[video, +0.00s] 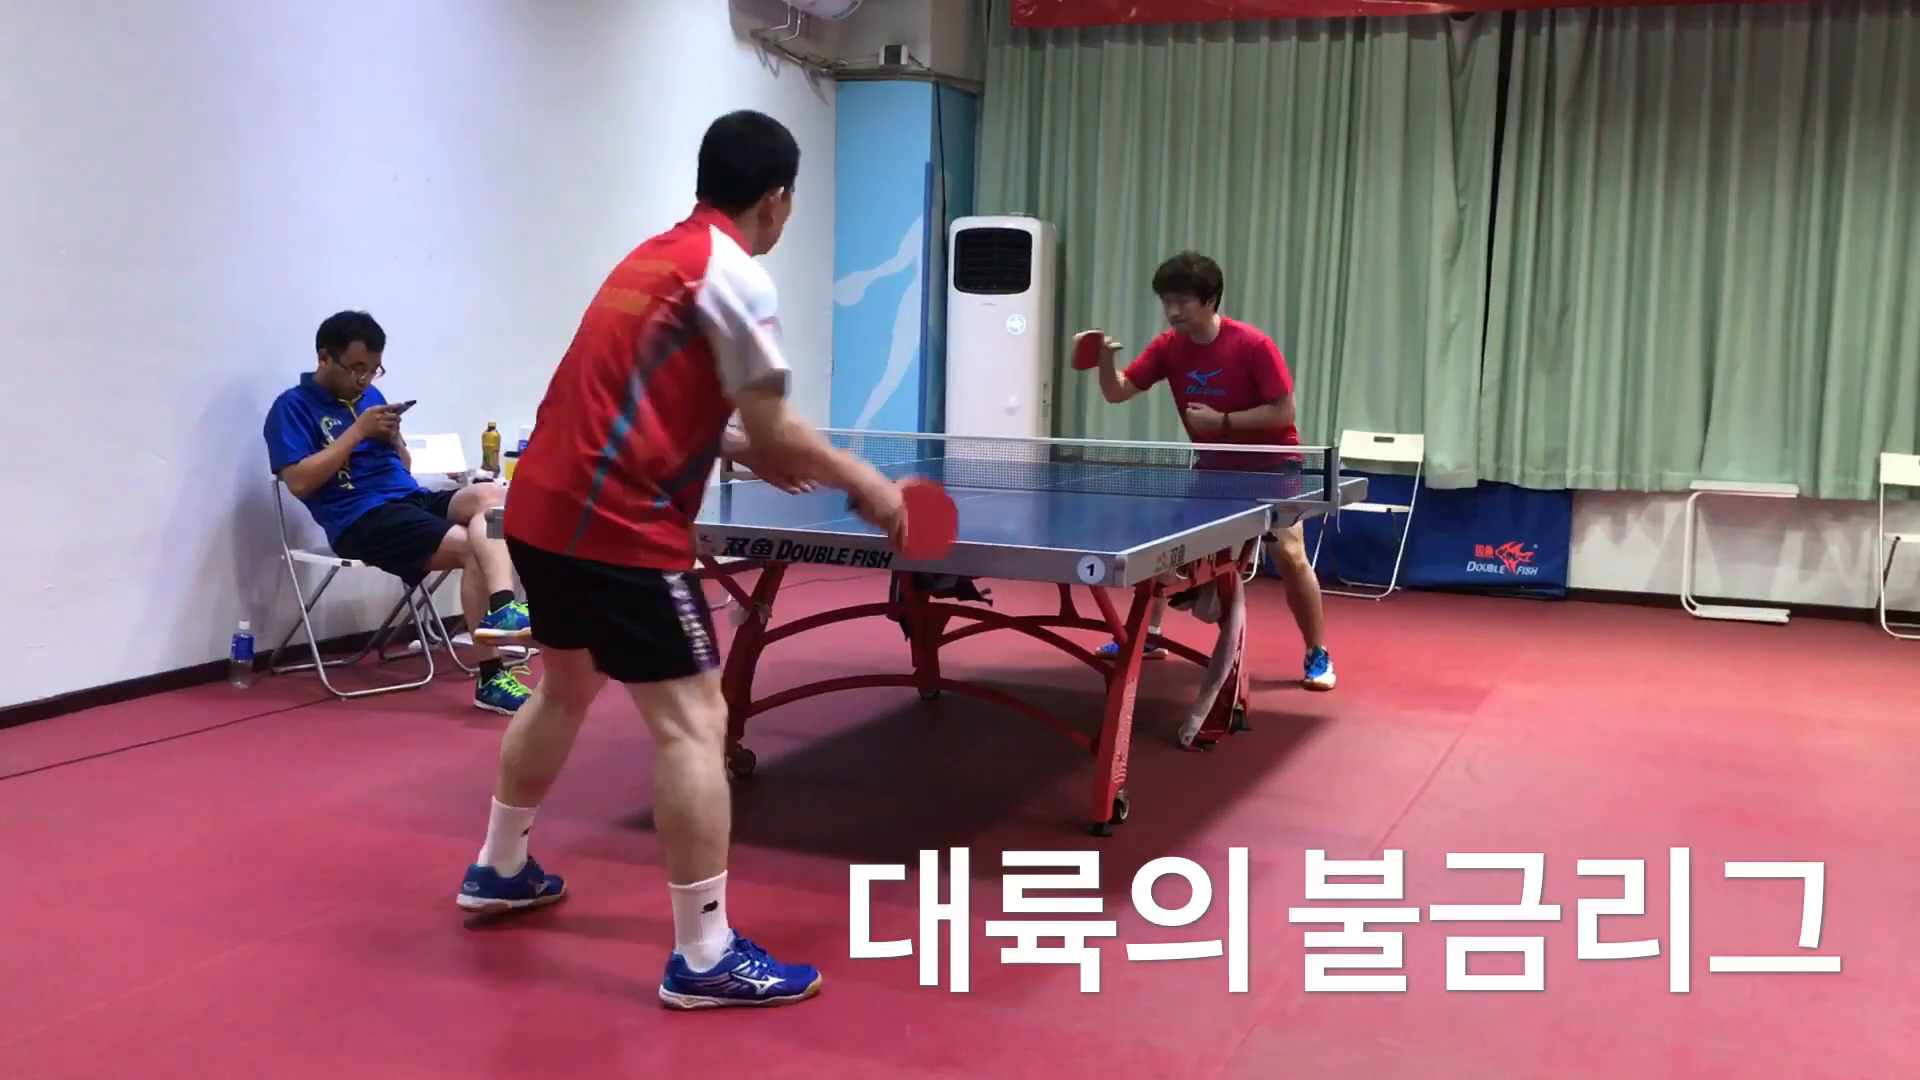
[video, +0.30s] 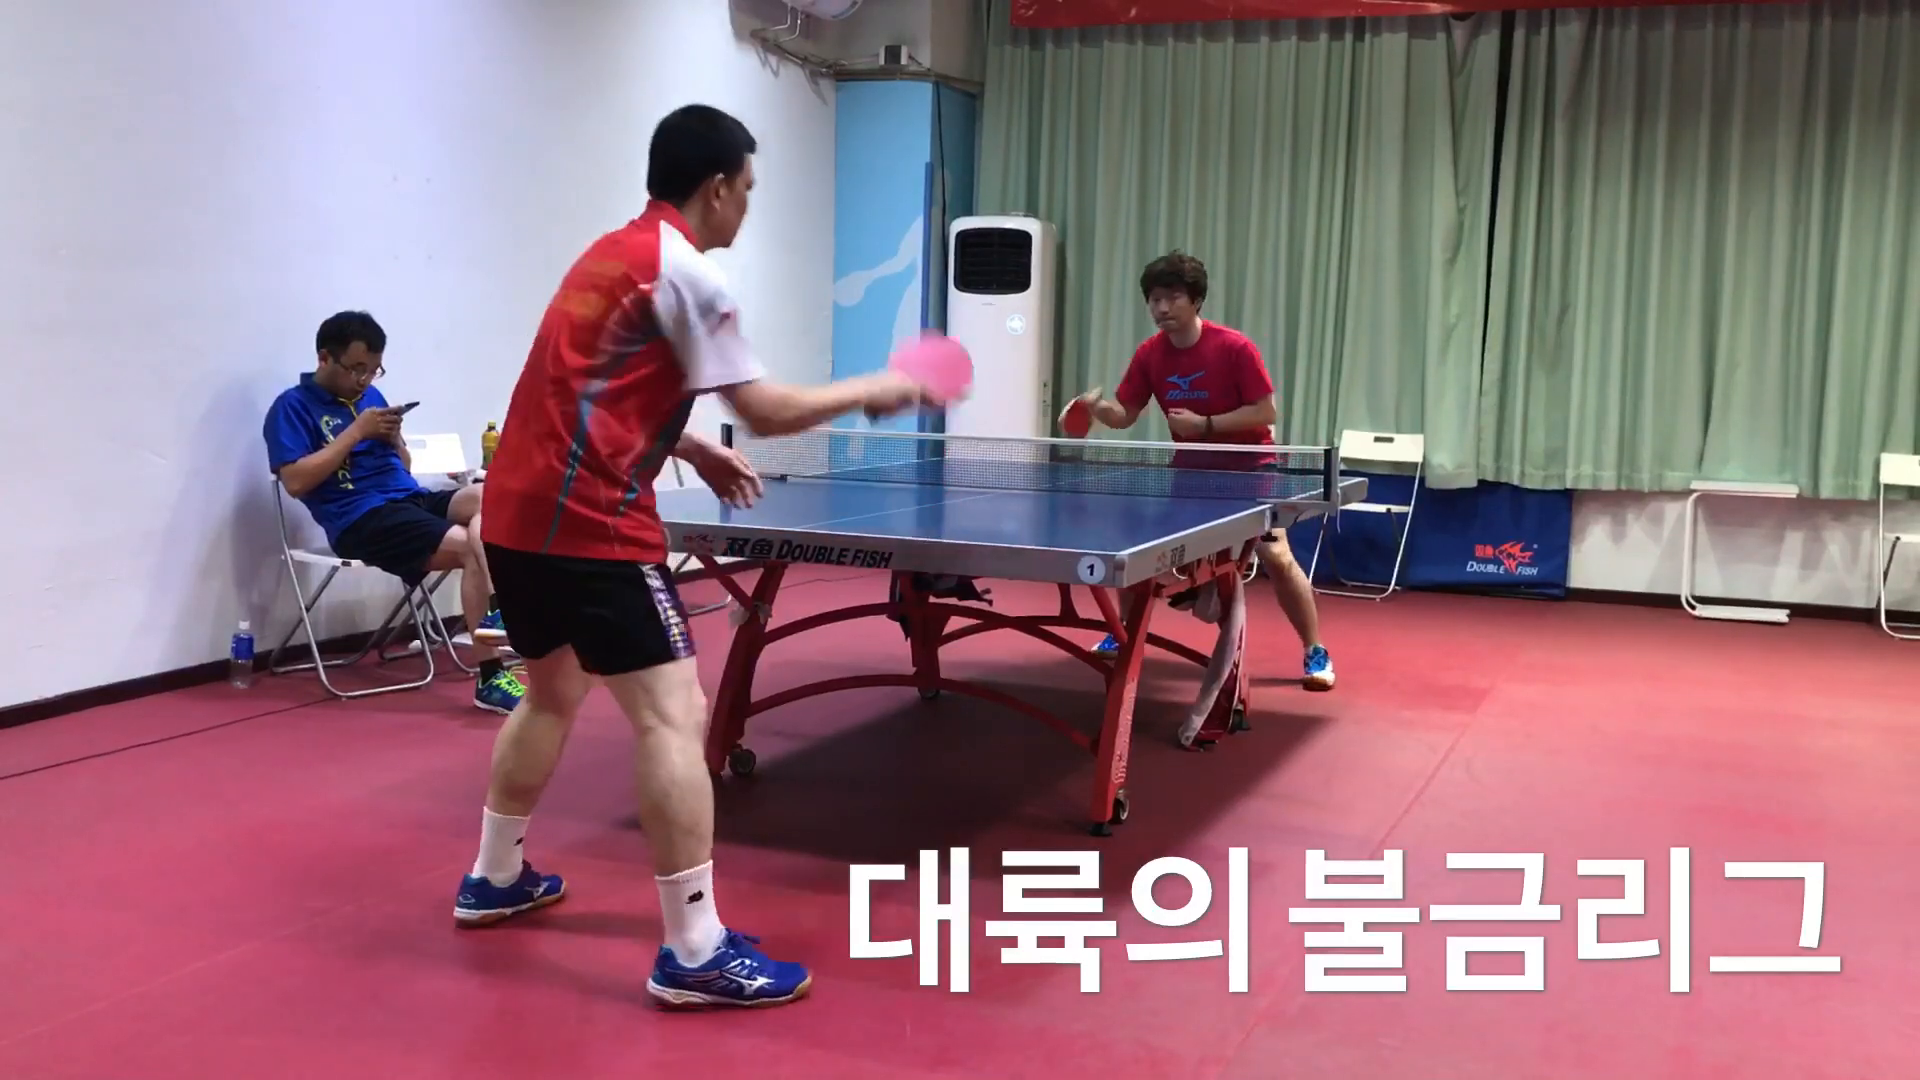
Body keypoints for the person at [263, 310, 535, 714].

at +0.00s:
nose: (365, 380)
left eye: (372, 370)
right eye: (356, 369)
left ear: (377, 365)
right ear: (324, 359)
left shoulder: (370, 397)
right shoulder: (291, 408)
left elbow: (404, 466)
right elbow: (299, 483)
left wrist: (393, 436)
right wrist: (358, 430)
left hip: (411, 501)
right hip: (363, 520)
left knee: (490, 496)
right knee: (479, 549)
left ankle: (503, 604)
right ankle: (491, 677)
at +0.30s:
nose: (366, 381)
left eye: (373, 371)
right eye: (357, 370)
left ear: (379, 364)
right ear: (325, 358)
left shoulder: (370, 397)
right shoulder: (291, 407)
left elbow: (405, 467)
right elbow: (296, 482)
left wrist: (394, 437)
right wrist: (358, 430)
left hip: (410, 500)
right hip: (363, 520)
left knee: (487, 498)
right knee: (475, 547)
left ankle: (496, 605)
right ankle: (491, 676)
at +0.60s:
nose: (366, 381)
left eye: (373, 371)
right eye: (357, 370)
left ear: (379, 365)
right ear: (324, 358)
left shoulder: (370, 397)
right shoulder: (290, 407)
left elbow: (404, 468)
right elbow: (293, 482)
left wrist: (394, 437)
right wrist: (357, 433)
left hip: (410, 500)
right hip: (363, 520)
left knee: (493, 495)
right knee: (477, 546)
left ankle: (500, 602)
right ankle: (491, 674)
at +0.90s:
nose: (367, 383)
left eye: (374, 373)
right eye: (359, 371)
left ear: (381, 366)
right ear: (326, 358)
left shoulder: (370, 397)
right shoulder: (291, 408)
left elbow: (404, 466)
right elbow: (294, 483)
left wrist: (394, 439)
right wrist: (358, 434)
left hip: (410, 500)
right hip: (362, 519)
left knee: (491, 500)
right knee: (476, 547)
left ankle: (495, 613)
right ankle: (492, 676)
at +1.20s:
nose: (367, 383)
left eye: (374, 373)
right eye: (359, 372)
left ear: (380, 367)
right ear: (326, 359)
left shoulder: (370, 397)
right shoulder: (291, 408)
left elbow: (404, 467)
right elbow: (294, 483)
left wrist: (393, 437)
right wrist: (356, 435)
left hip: (410, 499)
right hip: (364, 519)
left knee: (495, 507)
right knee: (474, 547)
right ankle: (492, 674)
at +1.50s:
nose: (366, 383)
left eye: (373, 373)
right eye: (358, 371)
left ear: (379, 368)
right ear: (326, 359)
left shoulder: (369, 397)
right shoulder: (291, 408)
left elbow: (403, 468)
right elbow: (293, 483)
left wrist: (393, 436)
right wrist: (355, 435)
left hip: (409, 499)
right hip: (364, 518)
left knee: (490, 502)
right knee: (474, 546)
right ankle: (490, 675)